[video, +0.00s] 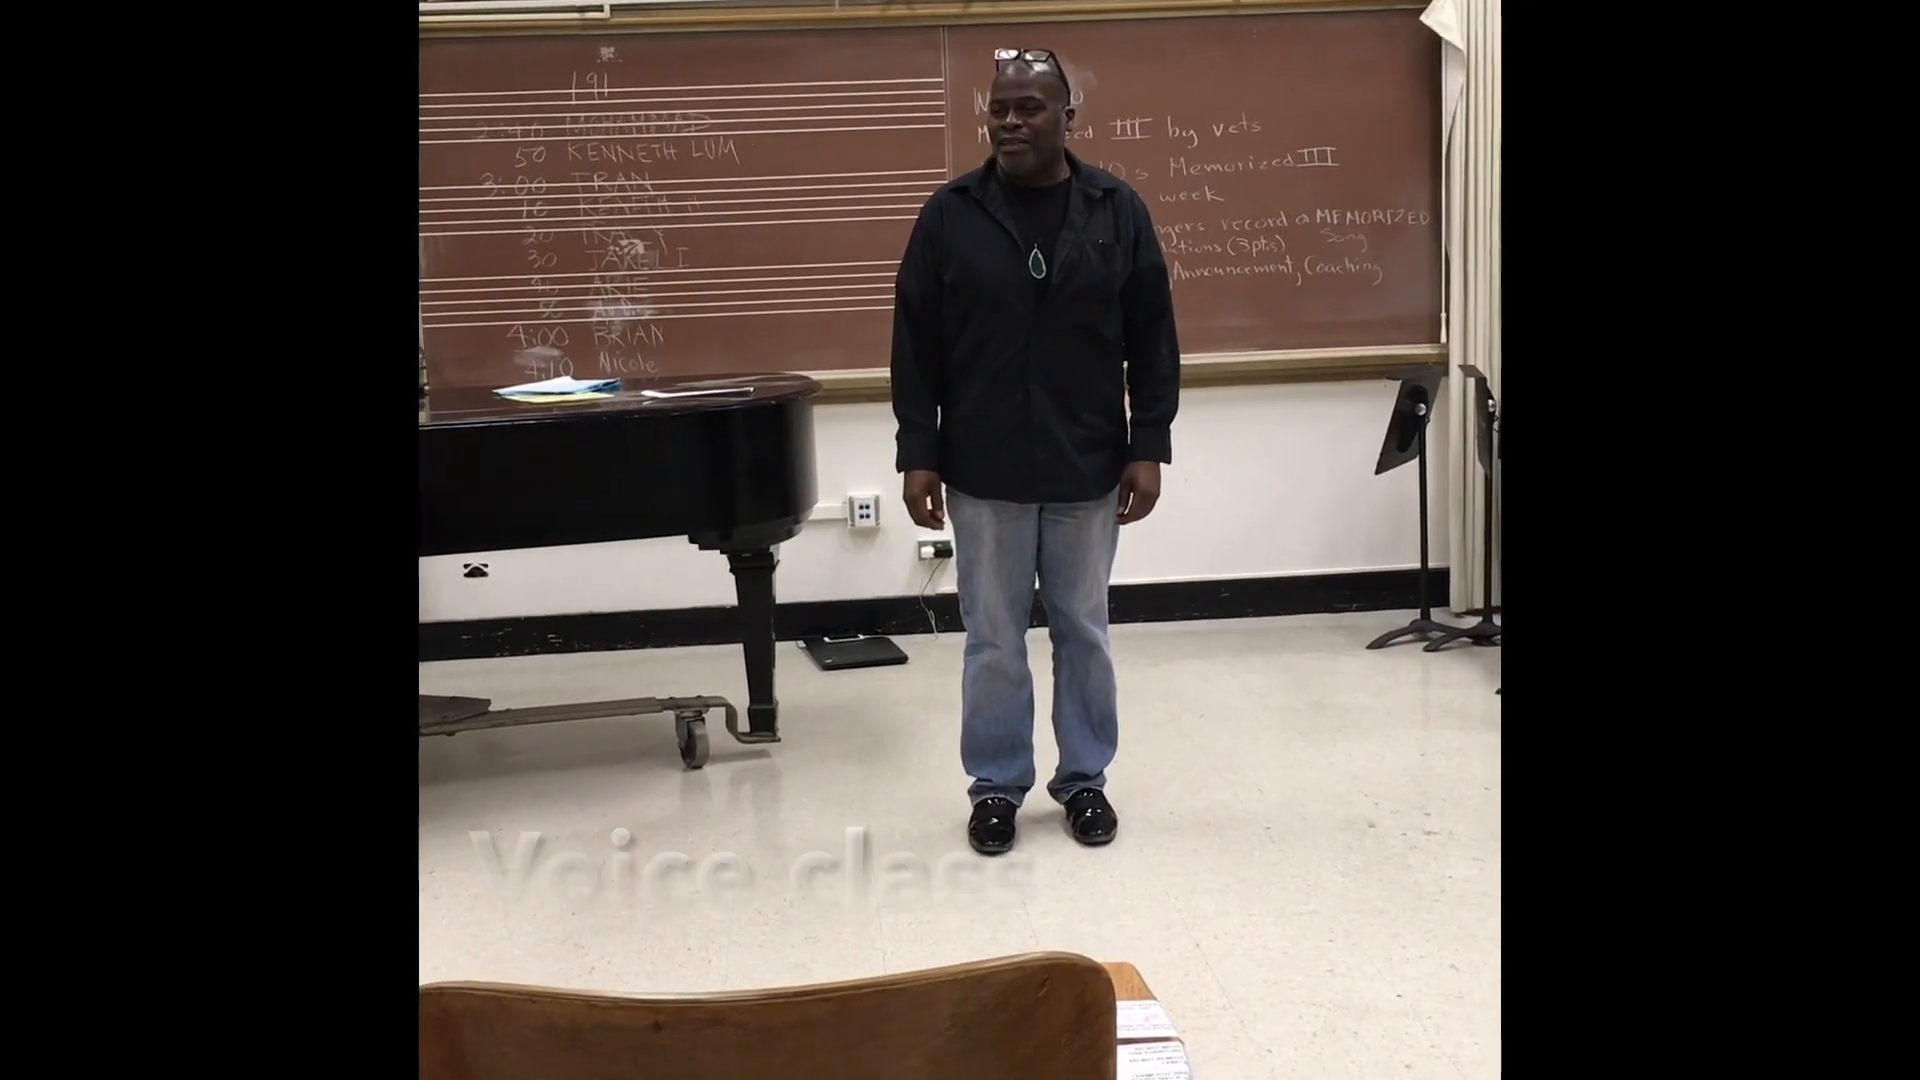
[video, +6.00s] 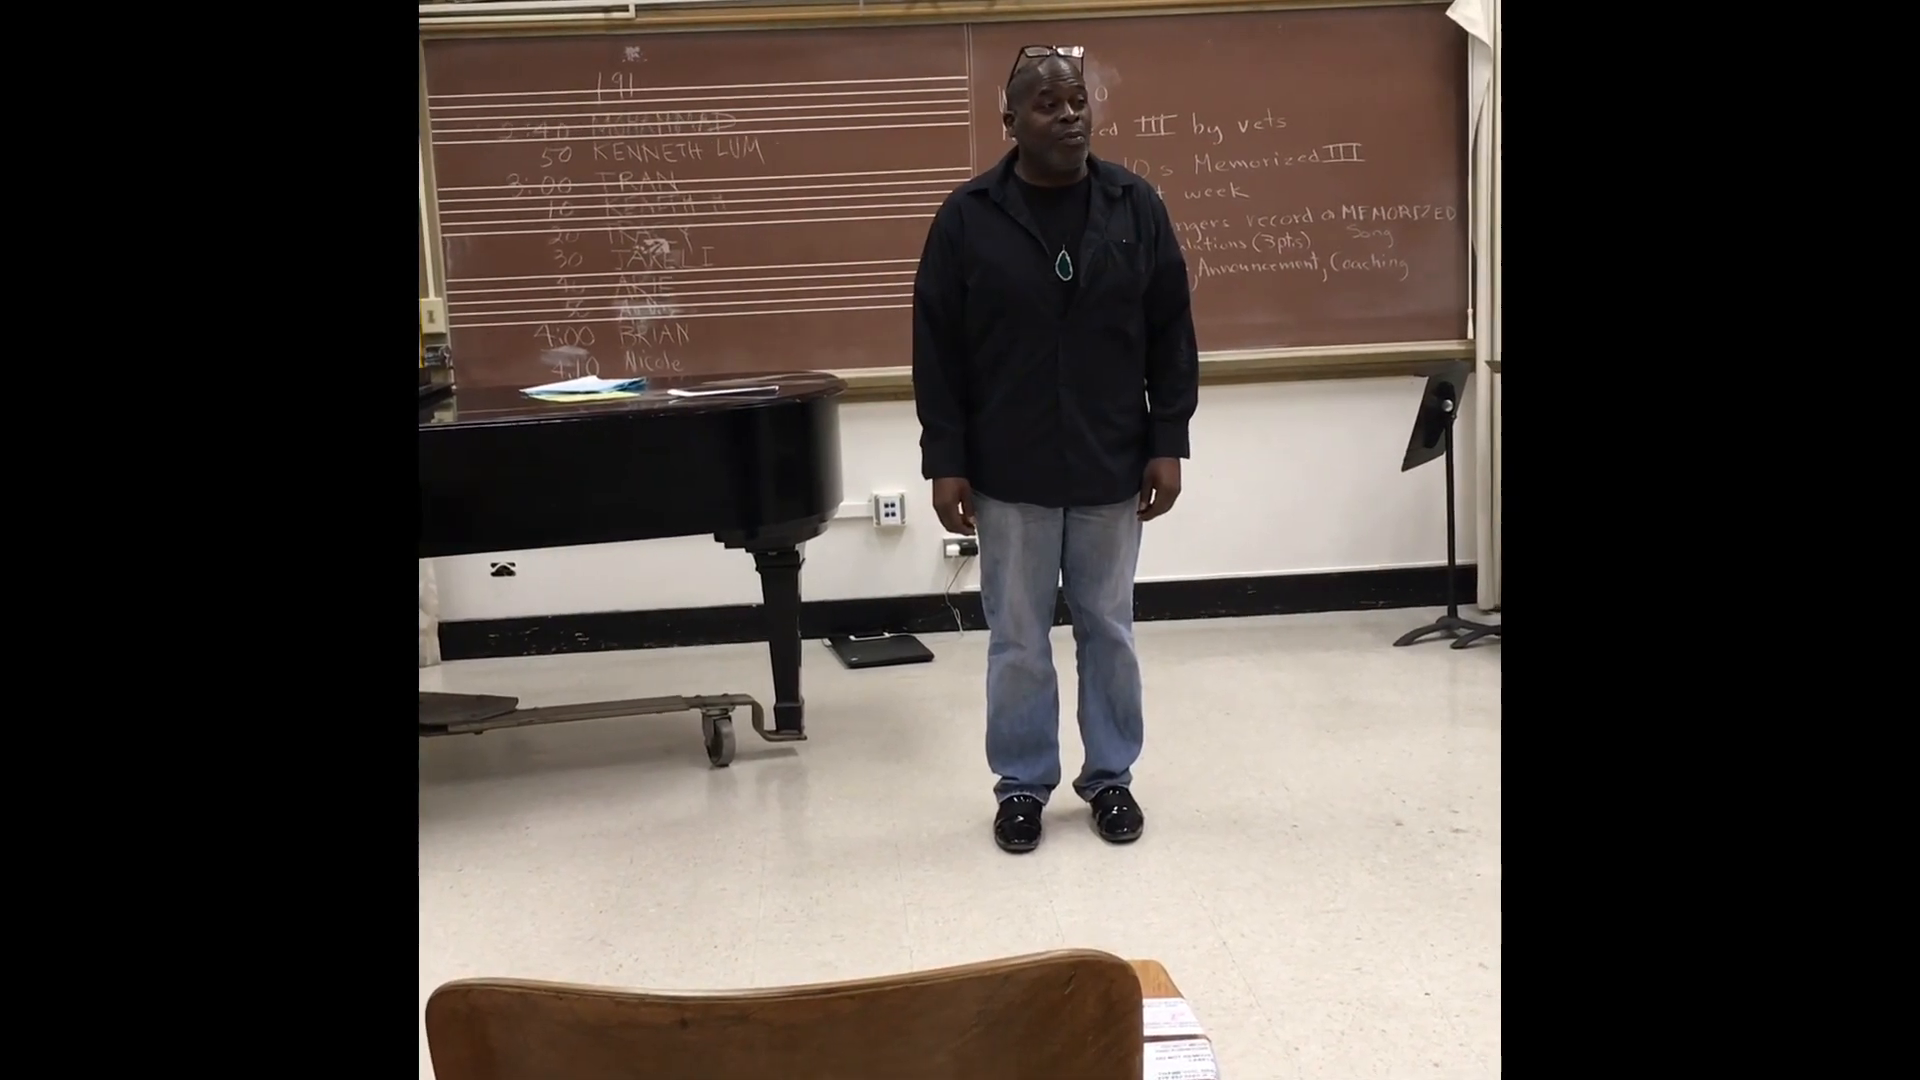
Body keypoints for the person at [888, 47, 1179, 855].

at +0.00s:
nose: (1009, 123)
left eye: (1027, 109)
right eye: (998, 109)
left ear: (1067, 117)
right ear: (985, 116)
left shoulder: (1116, 210)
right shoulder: (949, 214)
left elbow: (1153, 337)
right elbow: (915, 342)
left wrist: (1148, 448)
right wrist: (918, 455)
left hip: (1087, 459)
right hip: (983, 462)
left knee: (1083, 630)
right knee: (993, 637)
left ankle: (1084, 780)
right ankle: (994, 785)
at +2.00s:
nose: (999, 116)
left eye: (1017, 101)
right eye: (995, 102)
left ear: (1069, 112)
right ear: (991, 111)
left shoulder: (1136, 200)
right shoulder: (968, 210)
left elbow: (1174, 330)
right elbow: (939, 337)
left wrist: (1165, 445)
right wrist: (939, 451)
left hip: (1109, 454)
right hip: (1005, 457)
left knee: (1110, 625)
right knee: (1019, 631)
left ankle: (1114, 772)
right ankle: (1023, 780)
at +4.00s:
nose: (1058, 109)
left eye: (1074, 96)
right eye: (1041, 97)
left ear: (1099, 109)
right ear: (1017, 113)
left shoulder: (1145, 206)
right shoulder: (976, 215)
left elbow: (1182, 333)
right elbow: (944, 344)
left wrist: (1177, 446)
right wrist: (951, 459)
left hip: (1120, 457)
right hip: (1017, 461)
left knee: (1119, 628)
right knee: (1027, 634)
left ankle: (1121, 776)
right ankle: (1031, 784)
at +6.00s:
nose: (1067, 114)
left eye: (1077, 101)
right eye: (1047, 104)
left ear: (1093, 112)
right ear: (1011, 120)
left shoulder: (1135, 207)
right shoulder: (966, 217)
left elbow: (1171, 333)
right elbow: (935, 347)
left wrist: (1167, 446)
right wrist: (946, 463)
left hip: (1111, 457)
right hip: (1008, 463)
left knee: (1109, 629)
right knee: (1018, 637)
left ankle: (1110, 778)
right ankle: (1020, 785)